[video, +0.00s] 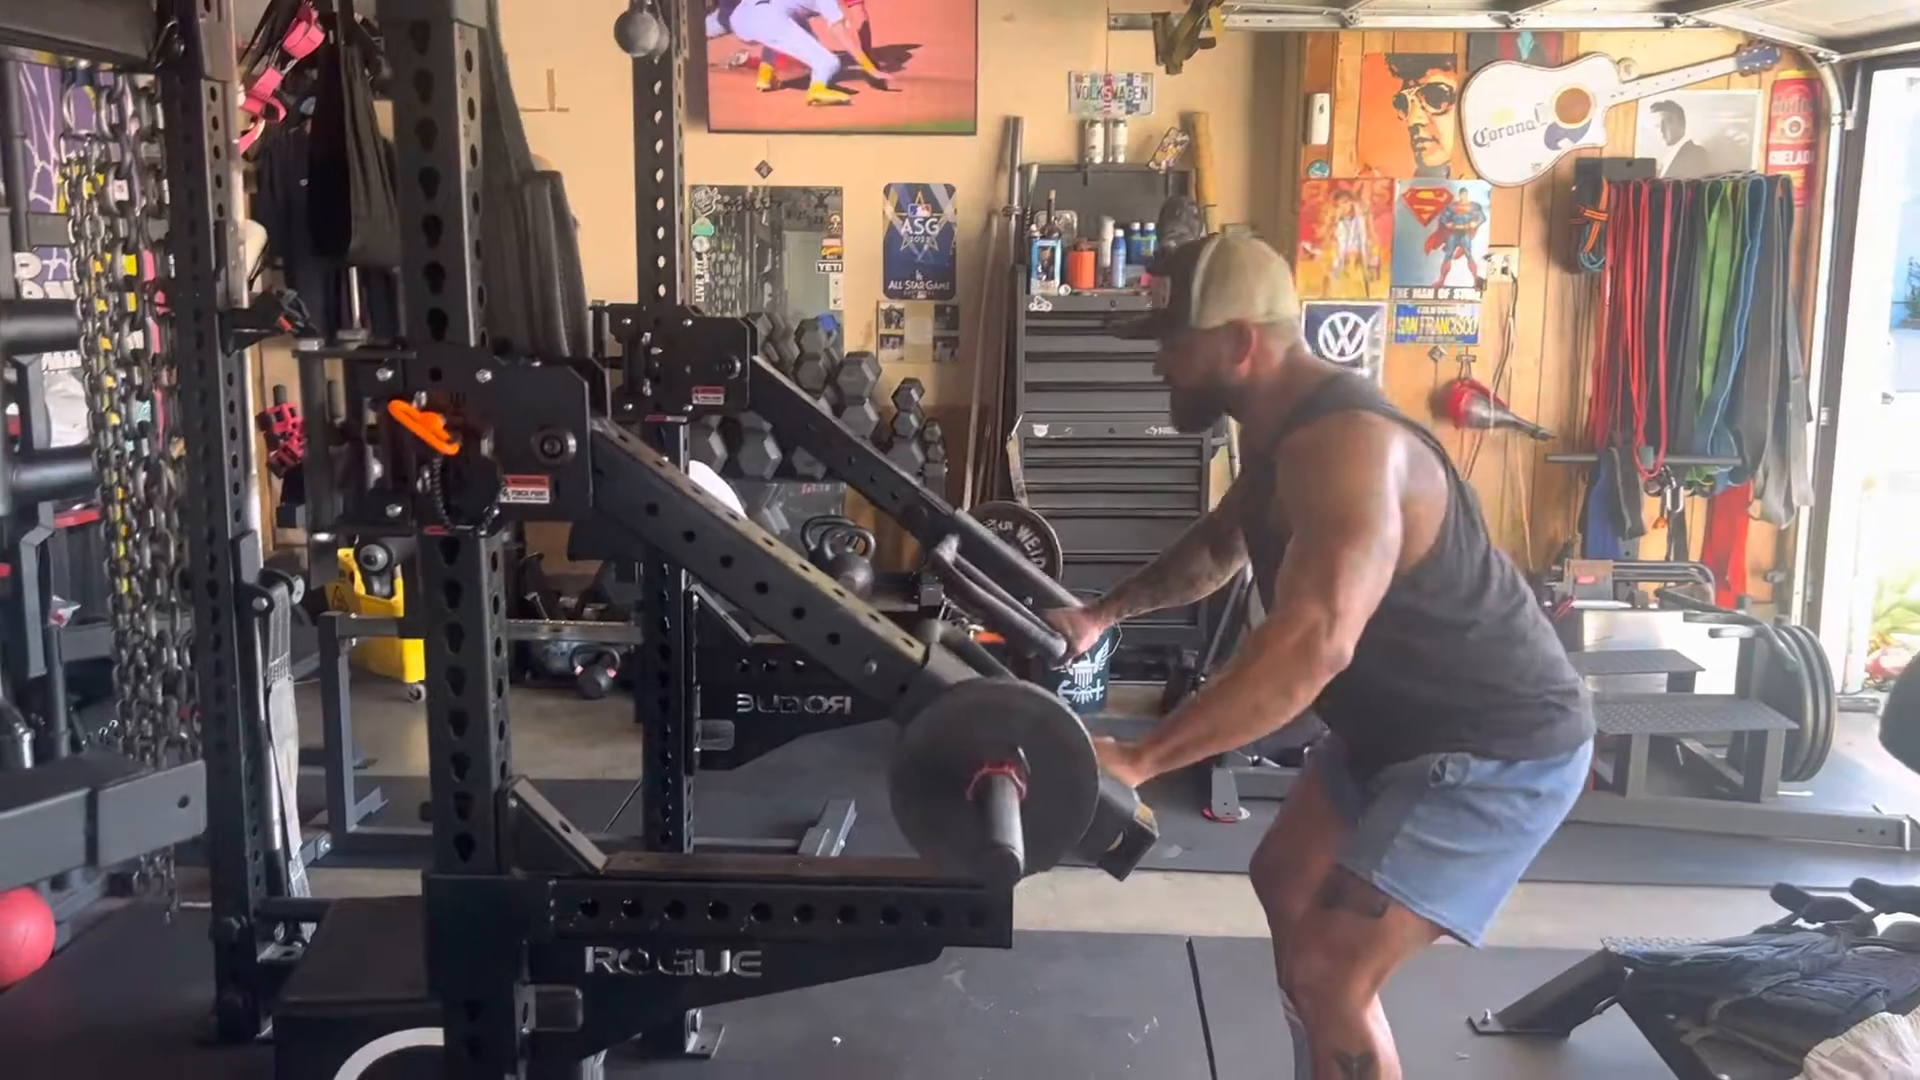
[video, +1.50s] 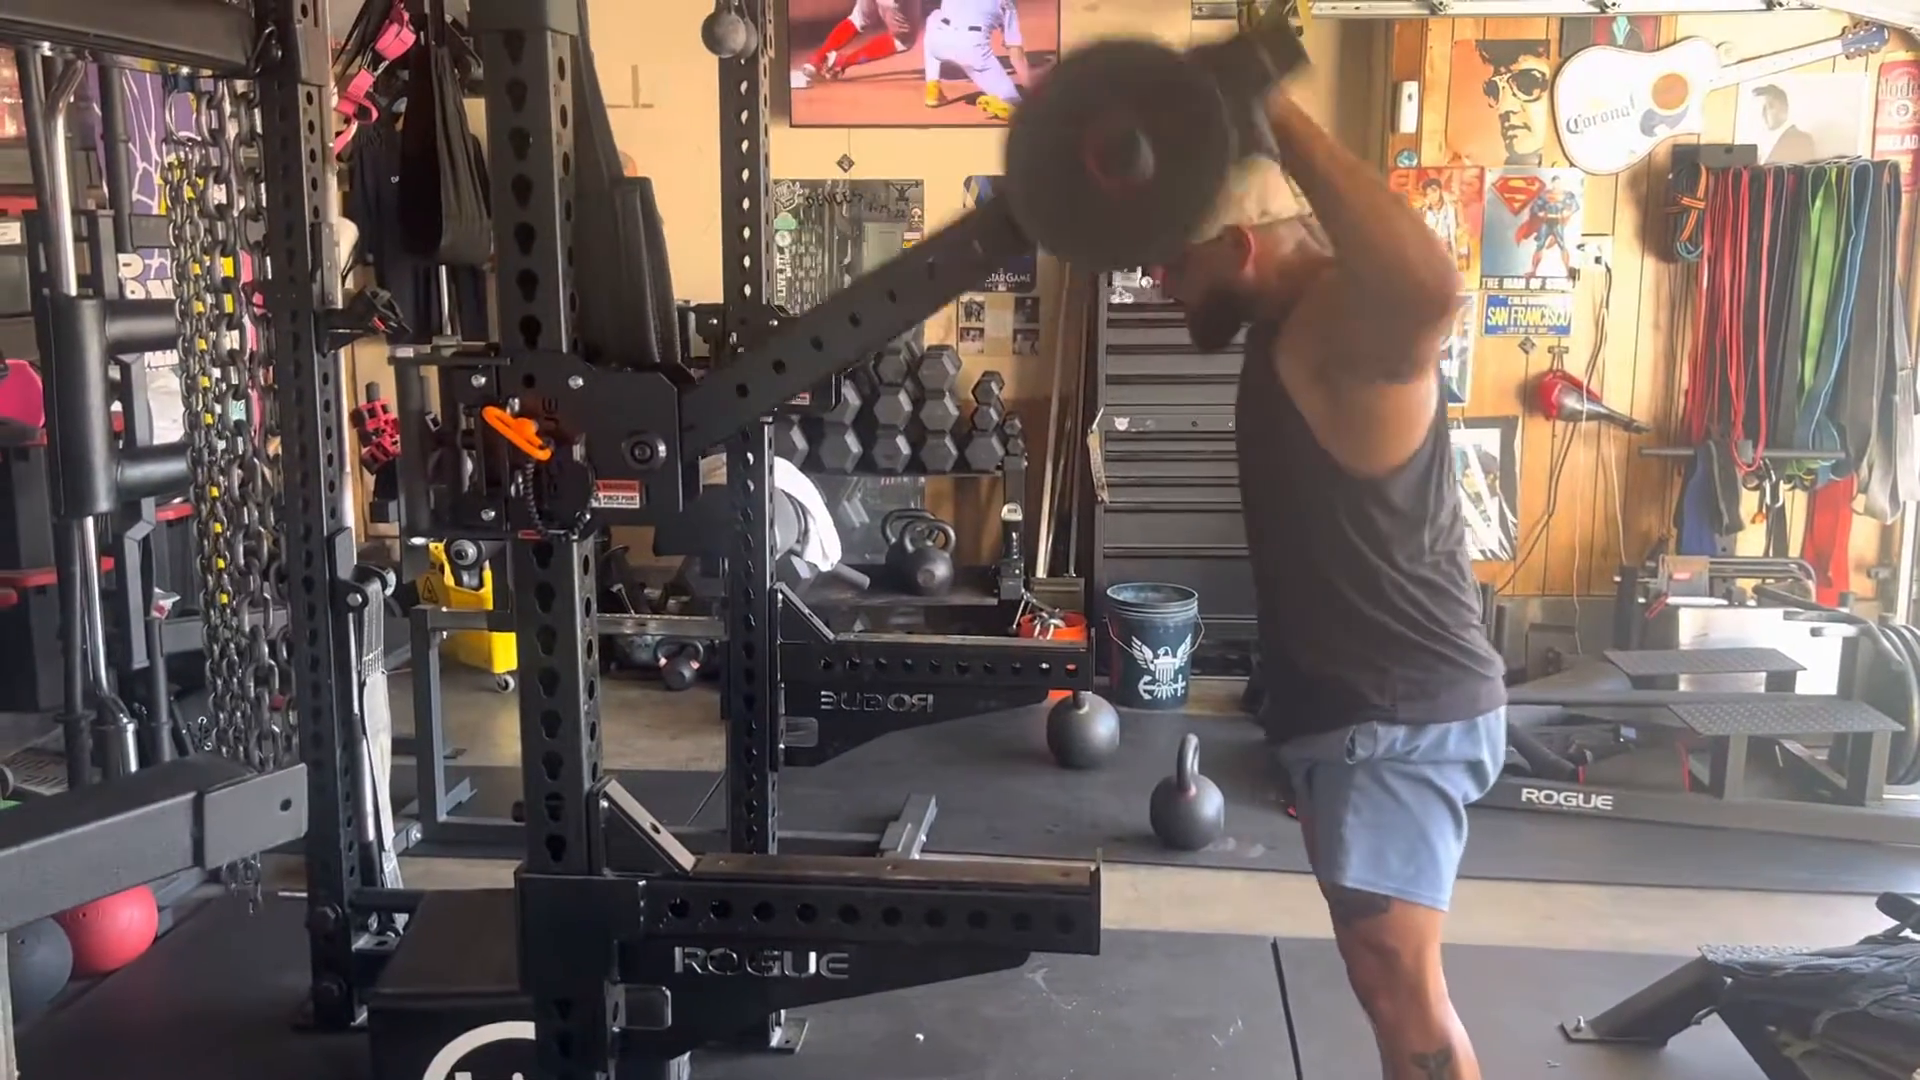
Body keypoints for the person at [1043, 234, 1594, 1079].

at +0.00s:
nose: (1160, 356)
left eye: (1173, 335)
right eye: (1163, 335)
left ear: (1245, 344)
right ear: (1246, 346)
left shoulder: (1348, 448)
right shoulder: (1285, 435)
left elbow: (1310, 644)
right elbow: (1218, 547)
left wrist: (1143, 756)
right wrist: (1103, 610)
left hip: (1498, 742)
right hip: (1401, 721)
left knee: (1329, 975)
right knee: (1285, 878)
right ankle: (1327, 1065)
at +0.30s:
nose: (1373, 255)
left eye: (1393, 236)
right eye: (1377, 234)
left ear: (1472, 257)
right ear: (1467, 260)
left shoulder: (1534, 388)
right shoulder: (1432, 367)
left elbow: (1406, 555)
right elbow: (1313, 472)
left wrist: (1230, 644)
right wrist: (1182, 532)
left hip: (1524, 736)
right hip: (1423, 706)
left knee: (1354, 953)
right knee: (1310, 855)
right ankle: (1352, 1057)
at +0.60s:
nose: (1286, 209)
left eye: (1294, 189)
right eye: (1281, 191)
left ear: (1322, 187)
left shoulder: (1410, 296)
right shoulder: (1344, 294)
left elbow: (1502, 321)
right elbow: (1267, 262)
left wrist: (1341, 210)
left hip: (1362, 688)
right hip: (1320, 676)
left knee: (1361, 965)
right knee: (1351, 955)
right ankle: (1375, 1068)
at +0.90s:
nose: (1122, 320)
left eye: (1126, 295)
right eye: (1116, 303)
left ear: (1175, 261)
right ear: (1174, 267)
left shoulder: (1292, 301)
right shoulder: (1234, 319)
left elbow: (1208, 131)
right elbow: (1150, 146)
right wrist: (1071, 36)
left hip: (1379, 690)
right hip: (1327, 683)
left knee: (1367, 956)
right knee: (1356, 946)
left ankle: (1413, 1066)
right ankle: (1397, 1060)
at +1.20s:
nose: (1119, 317)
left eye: (1123, 291)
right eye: (1113, 296)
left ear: (1179, 261)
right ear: (1176, 266)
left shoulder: (1286, 307)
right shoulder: (1246, 329)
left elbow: (1201, 153)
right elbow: (1184, 146)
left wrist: (1083, 9)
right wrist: (1083, 35)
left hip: (1370, 709)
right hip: (1334, 704)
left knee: (1382, 982)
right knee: (1375, 974)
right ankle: (1412, 1066)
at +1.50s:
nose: (1161, 285)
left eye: (1173, 257)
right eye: (1156, 259)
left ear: (1243, 237)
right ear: (1241, 242)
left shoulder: (1350, 320)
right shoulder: (1292, 326)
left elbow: (1430, 285)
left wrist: (1281, 115)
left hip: (1396, 717)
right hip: (1351, 707)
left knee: (1400, 984)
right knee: (1390, 975)